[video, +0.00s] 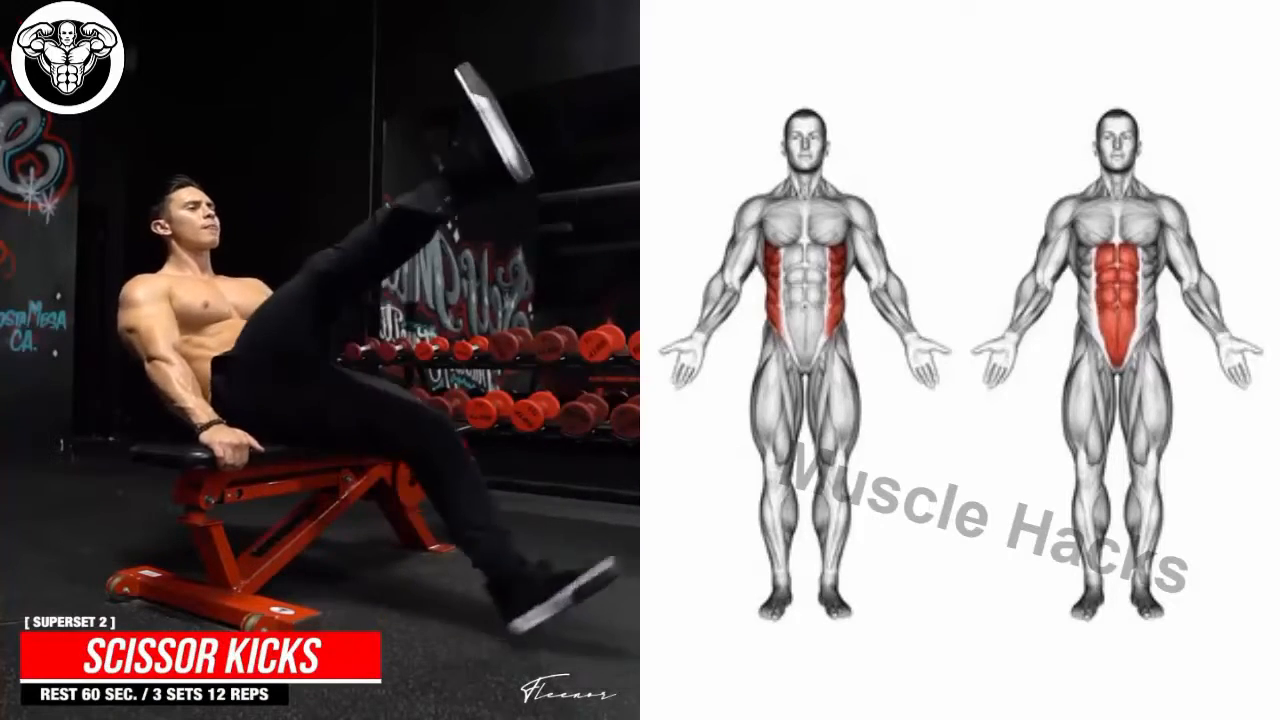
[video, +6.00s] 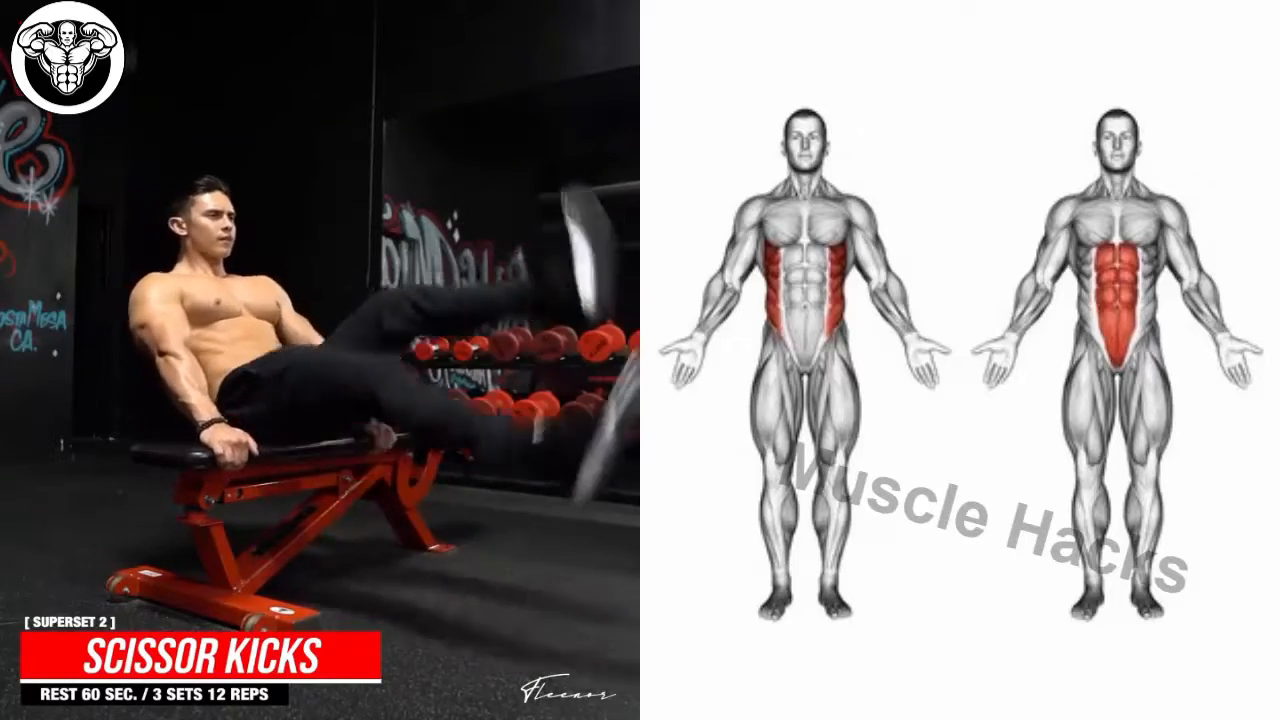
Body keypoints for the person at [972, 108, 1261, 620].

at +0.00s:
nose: (1116, 145)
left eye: (1124, 138)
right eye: (1109, 137)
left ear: (1137, 146)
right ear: (1097, 145)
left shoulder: (1164, 211)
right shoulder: (1070, 211)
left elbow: (1193, 282)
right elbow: (1041, 282)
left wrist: (1221, 335)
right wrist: (1012, 336)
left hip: (1144, 355)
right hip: (1089, 354)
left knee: (1145, 466)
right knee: (1088, 466)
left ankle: (1141, 582)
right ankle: (1092, 583)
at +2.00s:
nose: (1116, 145)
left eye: (1124, 138)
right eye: (1108, 138)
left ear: (1137, 145)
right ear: (1096, 146)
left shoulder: (1164, 211)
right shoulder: (1070, 211)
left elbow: (1193, 282)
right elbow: (1041, 282)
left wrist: (1222, 335)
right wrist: (1012, 336)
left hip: (1144, 355)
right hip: (1089, 355)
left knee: (1145, 466)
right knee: (1088, 466)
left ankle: (1141, 581)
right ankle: (1092, 583)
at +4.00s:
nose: (1116, 145)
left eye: (1124, 138)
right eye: (1108, 138)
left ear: (1137, 145)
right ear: (1097, 145)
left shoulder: (1164, 211)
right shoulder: (1070, 211)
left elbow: (1193, 282)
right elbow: (1041, 282)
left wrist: (1221, 335)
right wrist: (1012, 336)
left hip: (1144, 355)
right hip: (1089, 354)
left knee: (1145, 466)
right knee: (1088, 466)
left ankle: (1141, 581)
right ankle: (1092, 583)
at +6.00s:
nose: (1116, 146)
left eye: (1124, 138)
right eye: (1109, 138)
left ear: (1137, 145)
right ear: (1097, 145)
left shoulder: (1164, 211)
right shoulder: (1070, 211)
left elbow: (1193, 282)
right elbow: (1041, 282)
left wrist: (1222, 335)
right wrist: (1012, 336)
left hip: (1144, 355)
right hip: (1089, 354)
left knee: (1145, 466)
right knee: (1088, 467)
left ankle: (1141, 581)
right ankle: (1092, 583)